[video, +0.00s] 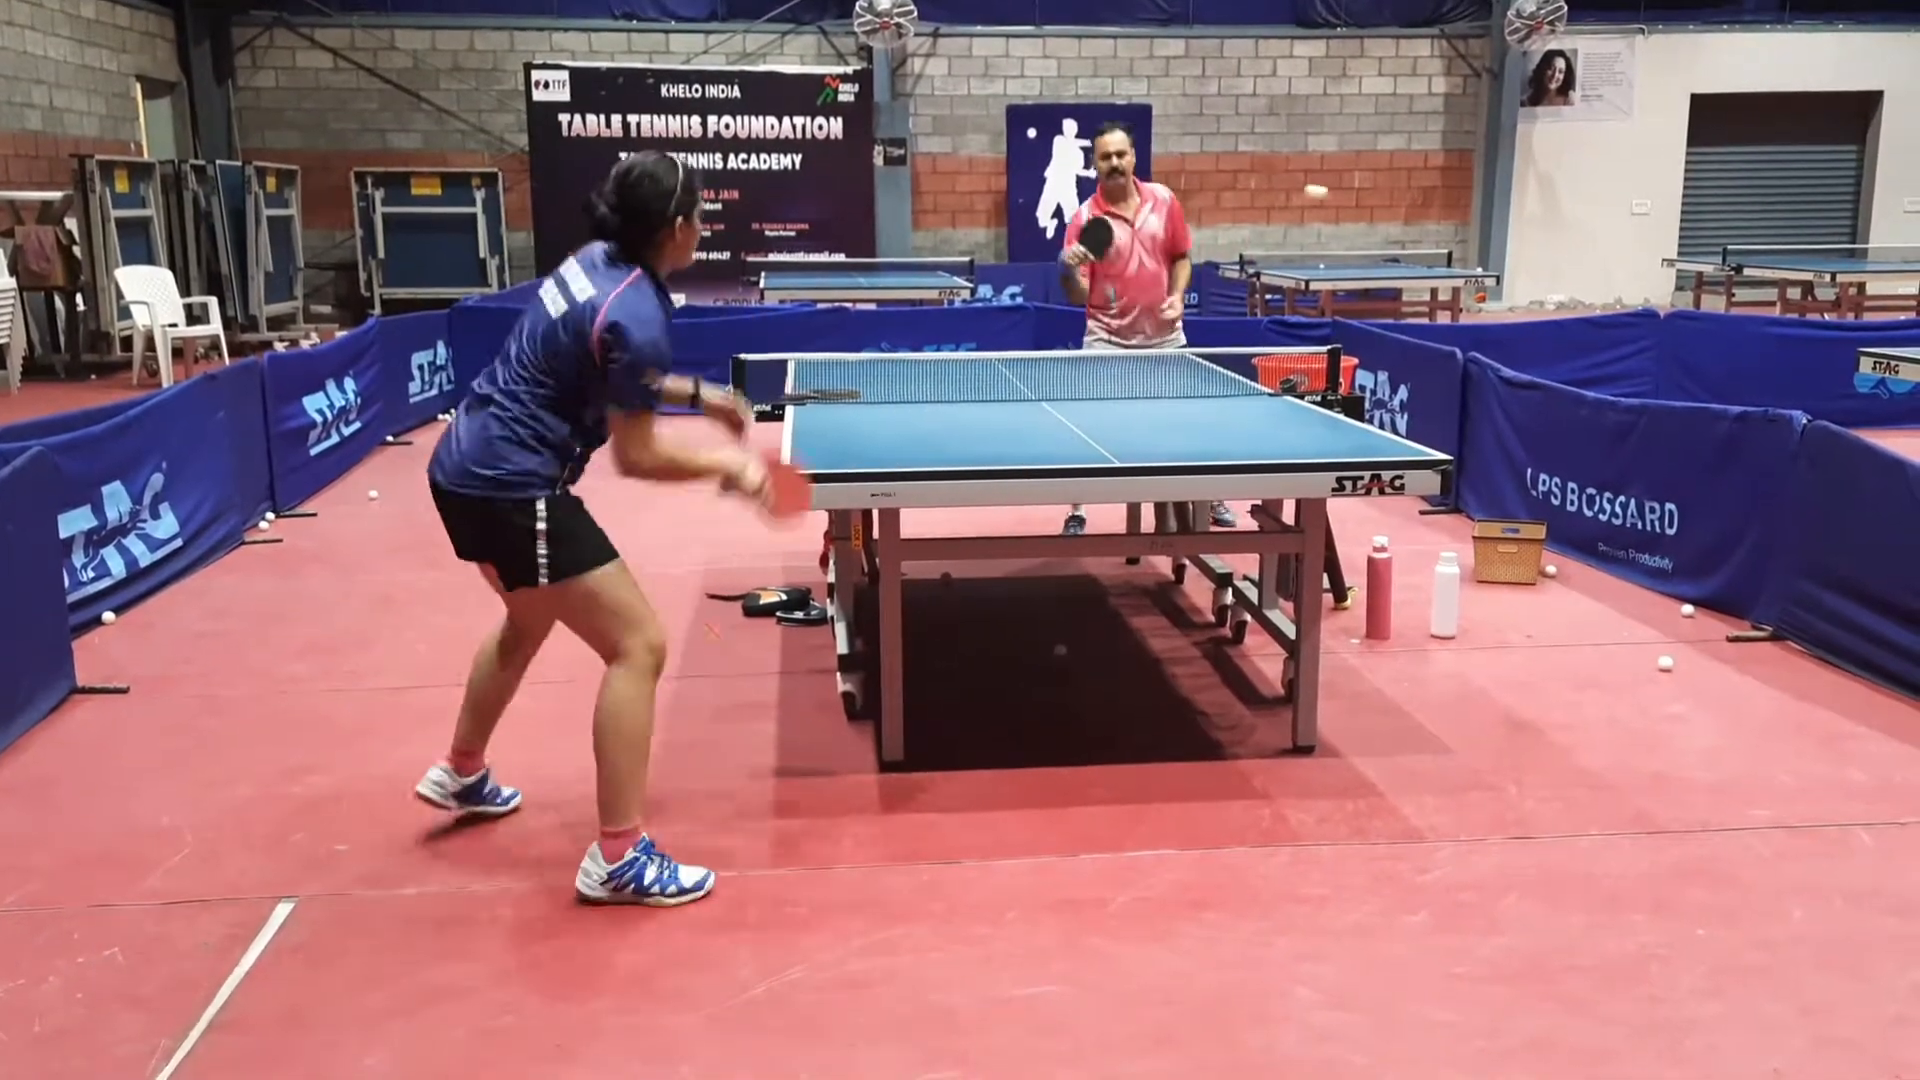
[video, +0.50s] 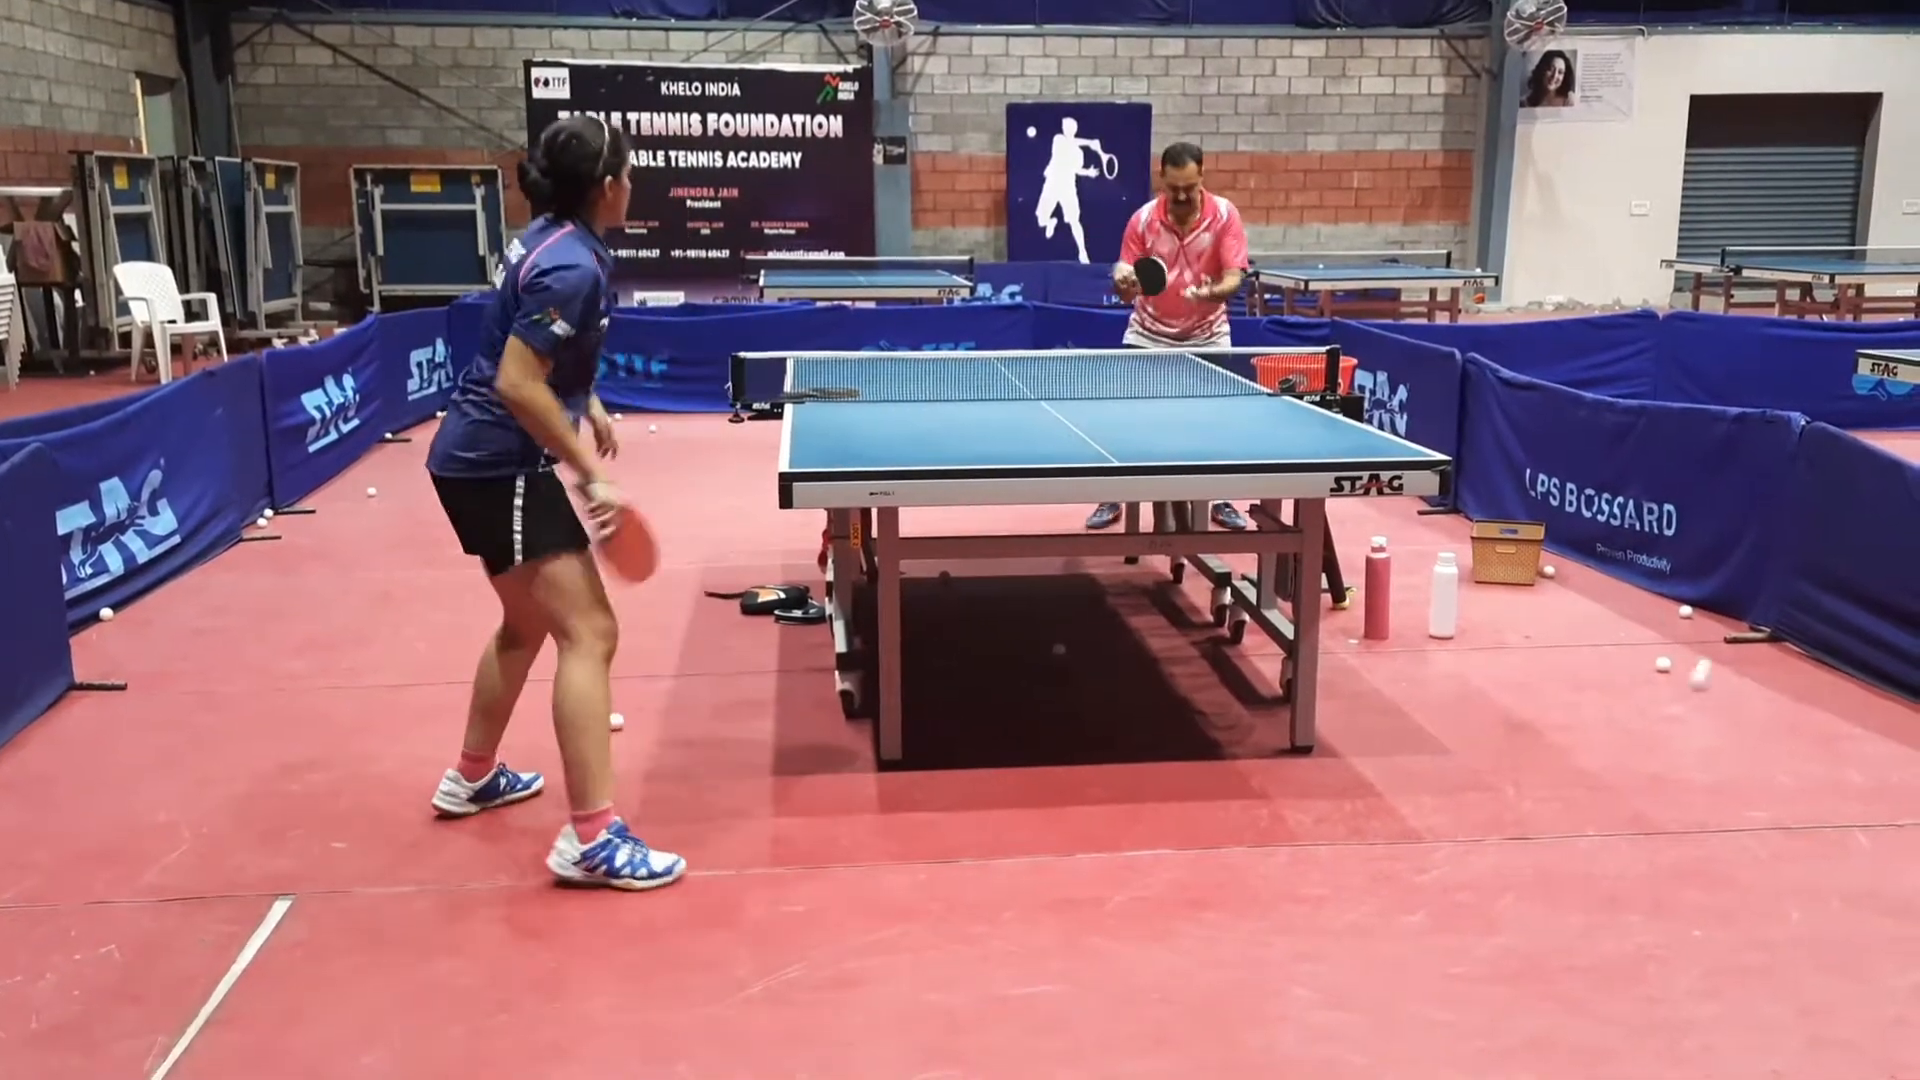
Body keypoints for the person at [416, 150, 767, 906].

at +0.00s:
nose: (698, 225)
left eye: (694, 213)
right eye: (693, 215)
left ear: (628, 220)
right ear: (672, 230)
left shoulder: (595, 261)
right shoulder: (639, 318)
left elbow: (605, 376)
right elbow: (636, 456)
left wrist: (701, 396)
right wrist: (725, 465)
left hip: (463, 466)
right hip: (514, 486)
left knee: (527, 621)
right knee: (639, 648)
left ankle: (460, 773)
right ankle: (620, 852)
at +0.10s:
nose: (703, 248)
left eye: (699, 236)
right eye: (697, 238)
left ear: (632, 246)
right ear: (674, 254)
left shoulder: (602, 289)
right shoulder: (623, 334)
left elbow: (614, 402)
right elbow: (578, 471)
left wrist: (673, 466)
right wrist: (662, 541)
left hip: (481, 486)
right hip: (509, 500)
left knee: (545, 632)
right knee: (632, 654)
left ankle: (476, 777)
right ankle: (619, 855)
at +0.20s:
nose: (691, 251)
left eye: (687, 239)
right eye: (684, 242)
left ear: (619, 250)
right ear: (663, 260)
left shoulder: (603, 302)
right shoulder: (602, 333)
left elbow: (592, 404)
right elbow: (532, 453)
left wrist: (624, 475)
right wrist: (582, 554)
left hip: (495, 493)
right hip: (506, 504)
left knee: (560, 636)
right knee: (630, 655)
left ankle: (475, 777)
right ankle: (619, 854)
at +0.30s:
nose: (667, 222)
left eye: (663, 211)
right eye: (661, 212)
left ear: (606, 224)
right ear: (637, 228)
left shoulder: (598, 281)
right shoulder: (586, 309)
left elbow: (574, 380)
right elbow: (503, 413)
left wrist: (594, 449)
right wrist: (543, 512)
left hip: (506, 481)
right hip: (502, 492)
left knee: (548, 630)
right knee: (614, 651)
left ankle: (476, 774)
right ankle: (620, 850)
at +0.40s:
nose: (645, 199)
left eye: (640, 187)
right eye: (638, 188)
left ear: (584, 196)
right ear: (613, 201)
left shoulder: (569, 252)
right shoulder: (573, 281)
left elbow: (554, 358)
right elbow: (496, 387)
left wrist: (583, 426)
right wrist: (550, 487)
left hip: (503, 469)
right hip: (499, 480)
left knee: (537, 626)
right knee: (597, 642)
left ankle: (474, 773)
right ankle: (620, 839)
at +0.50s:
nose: (631, 185)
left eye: (626, 173)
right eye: (626, 174)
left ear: (562, 183)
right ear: (605, 185)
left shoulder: (550, 241)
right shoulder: (571, 267)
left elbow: (549, 350)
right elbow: (518, 383)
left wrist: (584, 408)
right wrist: (592, 473)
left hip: (480, 459)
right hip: (505, 465)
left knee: (524, 625)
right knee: (590, 632)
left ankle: (472, 774)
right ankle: (594, 834)